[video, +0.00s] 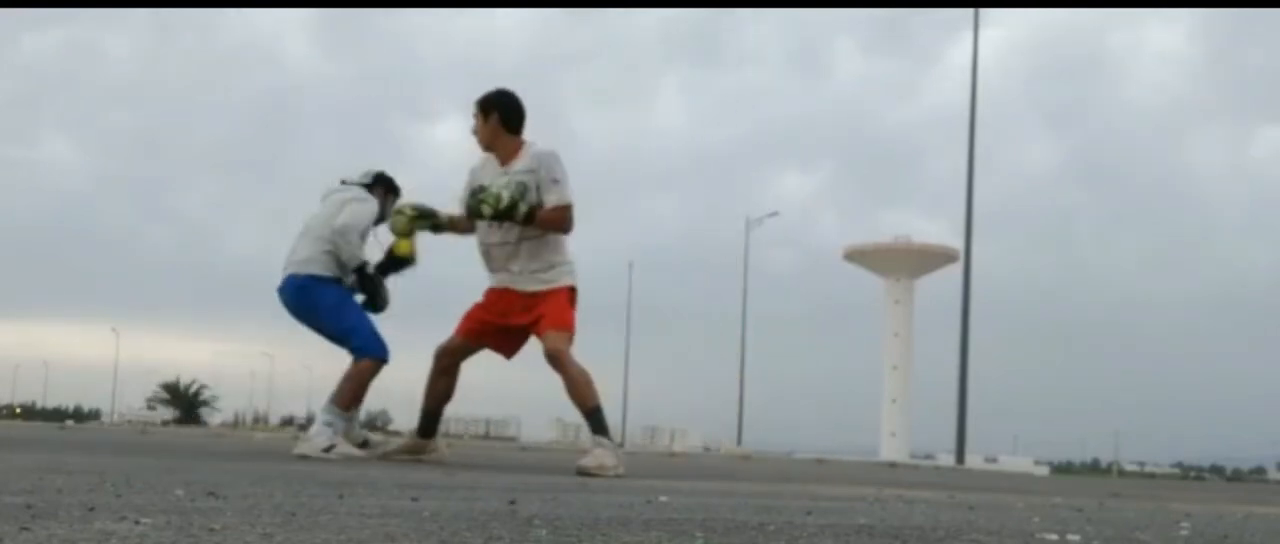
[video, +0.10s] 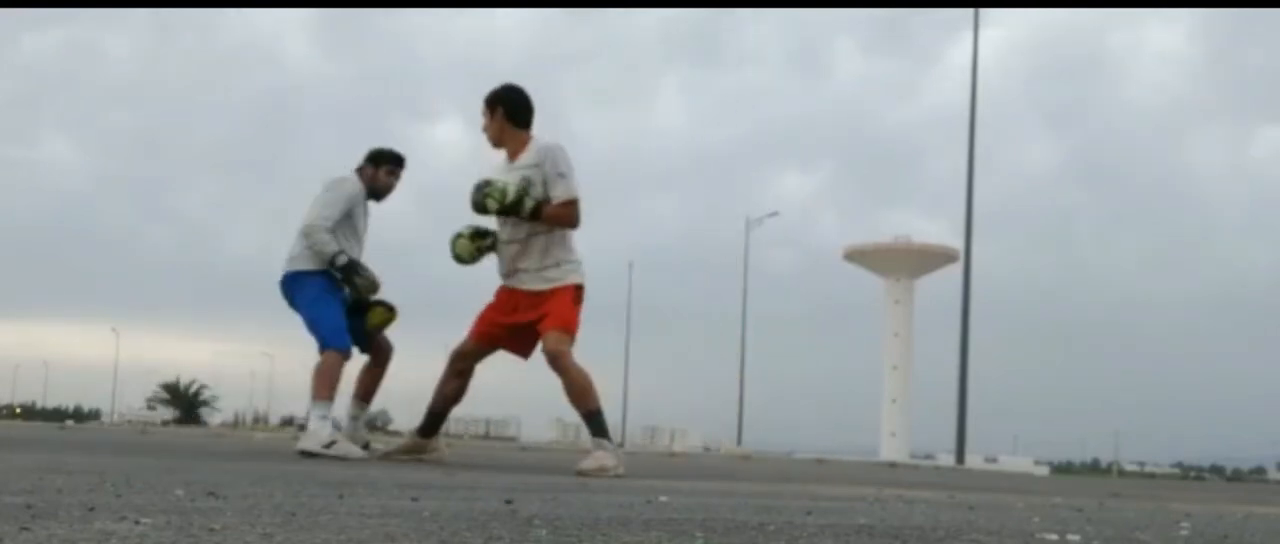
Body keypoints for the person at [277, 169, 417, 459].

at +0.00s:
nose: (389, 210)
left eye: (392, 204)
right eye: (391, 202)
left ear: (371, 188)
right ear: (382, 191)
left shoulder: (341, 202)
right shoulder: (365, 202)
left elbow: (339, 271)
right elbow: (344, 231)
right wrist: (364, 274)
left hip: (301, 283)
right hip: (314, 283)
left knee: (371, 353)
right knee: (372, 354)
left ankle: (346, 426)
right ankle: (324, 432)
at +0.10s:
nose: (393, 185)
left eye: (396, 178)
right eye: (390, 176)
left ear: (379, 175)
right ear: (371, 170)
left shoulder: (360, 204)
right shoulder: (348, 187)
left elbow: (346, 256)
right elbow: (314, 228)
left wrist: (364, 296)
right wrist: (343, 263)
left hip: (330, 281)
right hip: (308, 276)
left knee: (381, 351)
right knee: (336, 346)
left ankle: (353, 430)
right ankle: (318, 430)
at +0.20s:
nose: (368, 152)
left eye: (373, 146)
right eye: (362, 144)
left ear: (376, 152)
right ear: (346, 145)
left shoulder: (363, 203)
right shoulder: (315, 176)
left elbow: (363, 256)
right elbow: (280, 217)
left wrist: (354, 289)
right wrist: (313, 236)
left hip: (334, 277)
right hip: (300, 266)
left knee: (377, 347)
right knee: (321, 331)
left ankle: (352, 428)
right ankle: (272, 422)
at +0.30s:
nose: (350, 146)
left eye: (355, 140)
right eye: (344, 138)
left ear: (359, 146)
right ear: (329, 140)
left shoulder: (354, 194)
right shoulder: (299, 173)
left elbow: (360, 242)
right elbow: (271, 216)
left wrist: (346, 280)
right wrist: (315, 224)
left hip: (329, 275)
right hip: (294, 267)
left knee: (366, 346)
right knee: (296, 347)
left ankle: (349, 426)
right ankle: (244, 410)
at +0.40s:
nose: (335, 158)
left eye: (339, 152)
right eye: (329, 151)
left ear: (343, 156)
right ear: (312, 152)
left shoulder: (341, 198)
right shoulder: (286, 183)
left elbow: (348, 247)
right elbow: (267, 232)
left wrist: (341, 280)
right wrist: (308, 227)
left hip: (322, 285)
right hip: (282, 281)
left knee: (365, 347)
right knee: (267, 364)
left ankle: (348, 427)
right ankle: (231, 419)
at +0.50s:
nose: (323, 170)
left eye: (327, 164)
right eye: (317, 163)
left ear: (331, 168)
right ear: (300, 164)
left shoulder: (333, 210)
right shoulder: (273, 201)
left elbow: (338, 257)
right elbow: (264, 252)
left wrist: (334, 288)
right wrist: (304, 245)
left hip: (312, 299)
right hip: (271, 299)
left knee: (362, 341)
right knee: (251, 370)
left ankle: (351, 426)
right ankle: (231, 427)